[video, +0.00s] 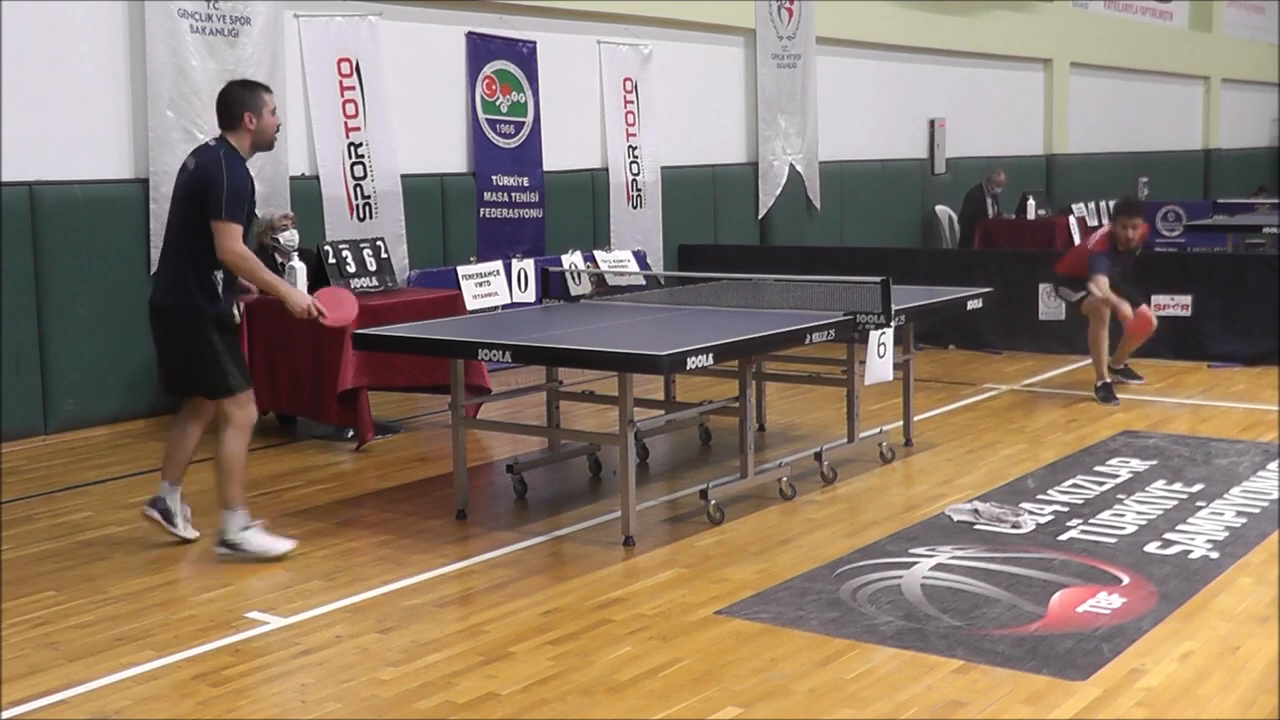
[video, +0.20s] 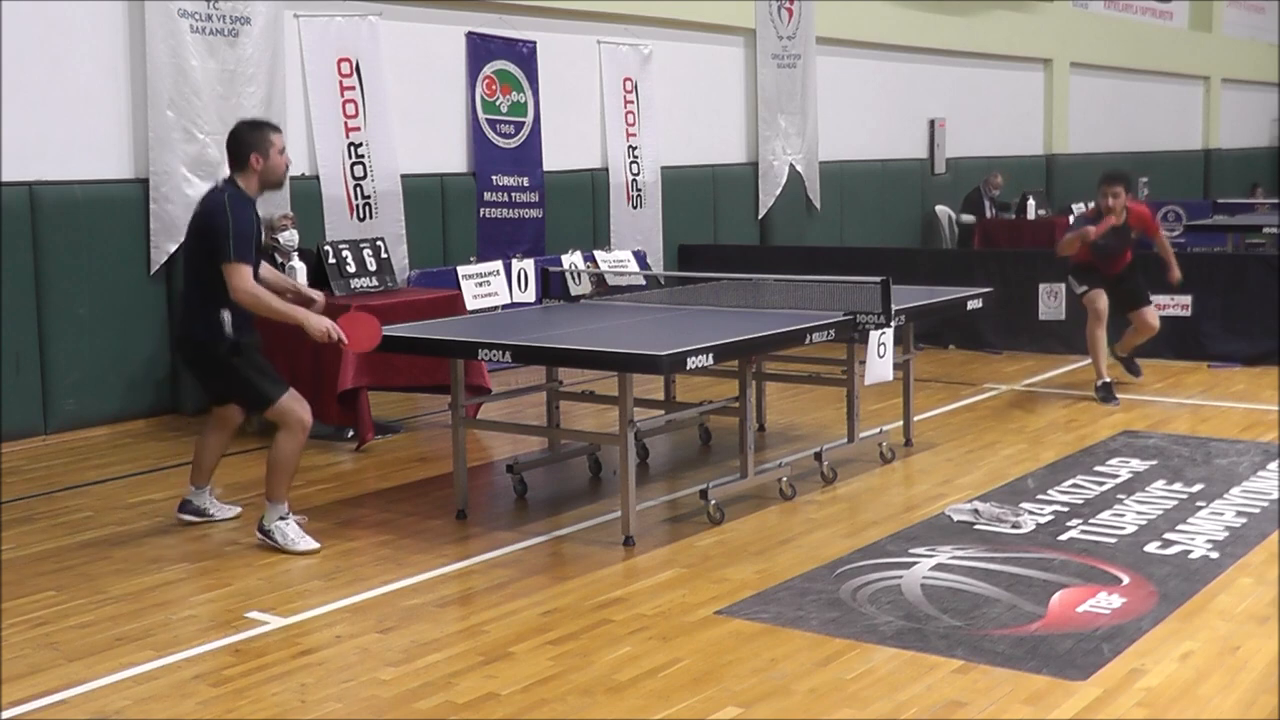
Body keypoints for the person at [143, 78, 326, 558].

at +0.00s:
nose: (278, 123)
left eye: (275, 113)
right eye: (273, 114)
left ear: (238, 121)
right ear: (249, 120)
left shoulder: (205, 158)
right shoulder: (228, 169)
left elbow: (198, 242)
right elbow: (230, 249)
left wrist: (232, 279)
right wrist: (287, 293)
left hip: (178, 305)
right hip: (196, 310)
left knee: (199, 405)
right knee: (241, 411)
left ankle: (166, 499)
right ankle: (236, 527)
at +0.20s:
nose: (287, 160)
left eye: (285, 151)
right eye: (280, 152)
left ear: (252, 161)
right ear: (256, 160)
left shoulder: (238, 203)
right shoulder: (230, 208)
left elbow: (254, 267)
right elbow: (240, 289)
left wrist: (299, 292)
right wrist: (304, 318)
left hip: (214, 338)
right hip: (212, 342)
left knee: (227, 413)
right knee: (297, 417)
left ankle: (196, 498)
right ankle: (275, 518)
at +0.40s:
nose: (306, 155)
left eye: (304, 146)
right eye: (297, 147)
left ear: (272, 155)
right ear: (269, 155)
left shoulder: (271, 198)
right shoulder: (235, 201)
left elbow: (281, 257)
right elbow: (227, 282)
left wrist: (331, 289)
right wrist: (284, 321)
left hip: (248, 323)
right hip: (221, 330)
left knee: (269, 414)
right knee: (293, 421)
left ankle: (244, 497)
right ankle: (268, 516)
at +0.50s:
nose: (311, 162)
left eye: (309, 153)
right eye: (301, 155)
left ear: (280, 163)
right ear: (271, 163)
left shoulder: (287, 203)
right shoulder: (236, 209)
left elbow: (309, 262)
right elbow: (218, 290)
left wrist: (355, 294)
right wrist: (258, 339)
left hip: (261, 329)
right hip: (223, 335)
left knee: (306, 417)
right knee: (290, 423)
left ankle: (273, 509)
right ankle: (265, 524)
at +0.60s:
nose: (310, 187)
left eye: (309, 178)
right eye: (300, 181)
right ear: (269, 188)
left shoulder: (308, 225)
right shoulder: (232, 236)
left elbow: (350, 262)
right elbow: (198, 298)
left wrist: (401, 293)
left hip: (280, 349)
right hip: (235, 352)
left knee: (317, 434)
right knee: (285, 435)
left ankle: (273, 511)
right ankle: (292, 558)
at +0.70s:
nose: (313, 208)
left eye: (312, 198)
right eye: (302, 201)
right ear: (268, 211)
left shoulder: (320, 235)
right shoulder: (229, 255)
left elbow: (370, 249)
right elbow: (178, 305)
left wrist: (417, 271)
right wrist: (125, 339)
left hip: (288, 362)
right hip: (240, 367)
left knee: (303, 444)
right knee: (286, 450)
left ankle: (275, 511)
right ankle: (298, 568)